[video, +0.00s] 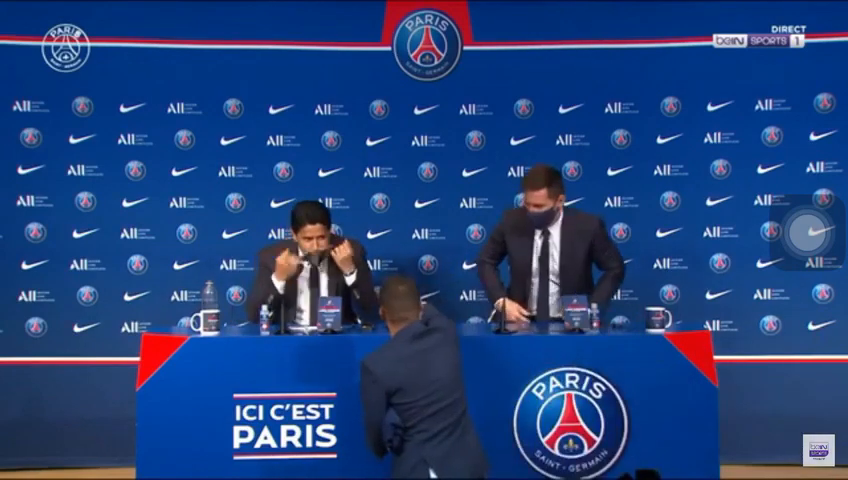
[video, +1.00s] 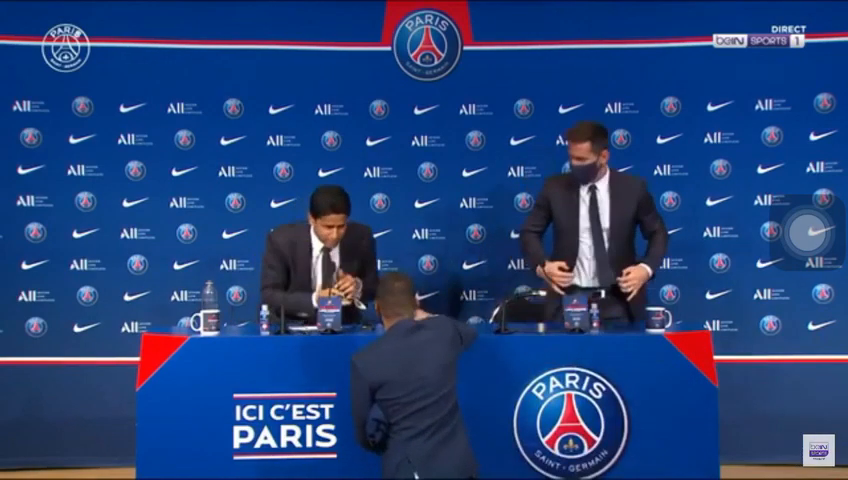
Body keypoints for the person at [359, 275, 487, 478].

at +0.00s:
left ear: (382, 313)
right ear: (420, 307)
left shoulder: (376, 365)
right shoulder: (446, 333)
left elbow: (377, 436)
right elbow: (428, 310)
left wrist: (381, 449)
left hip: (417, 464)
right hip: (466, 458)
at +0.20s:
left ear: (376, 313)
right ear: (414, 306)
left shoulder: (369, 366)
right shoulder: (441, 332)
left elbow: (372, 442)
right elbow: (436, 314)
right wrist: (427, 303)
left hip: (411, 466)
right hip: (461, 461)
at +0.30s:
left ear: (375, 312)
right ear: (414, 304)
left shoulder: (367, 366)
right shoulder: (442, 331)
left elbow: (370, 442)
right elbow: (462, 324)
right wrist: (430, 304)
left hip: (408, 465)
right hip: (459, 459)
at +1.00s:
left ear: (378, 309)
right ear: (416, 302)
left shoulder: (365, 361)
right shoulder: (444, 331)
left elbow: (365, 433)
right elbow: (470, 334)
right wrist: (427, 317)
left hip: (403, 462)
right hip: (454, 458)